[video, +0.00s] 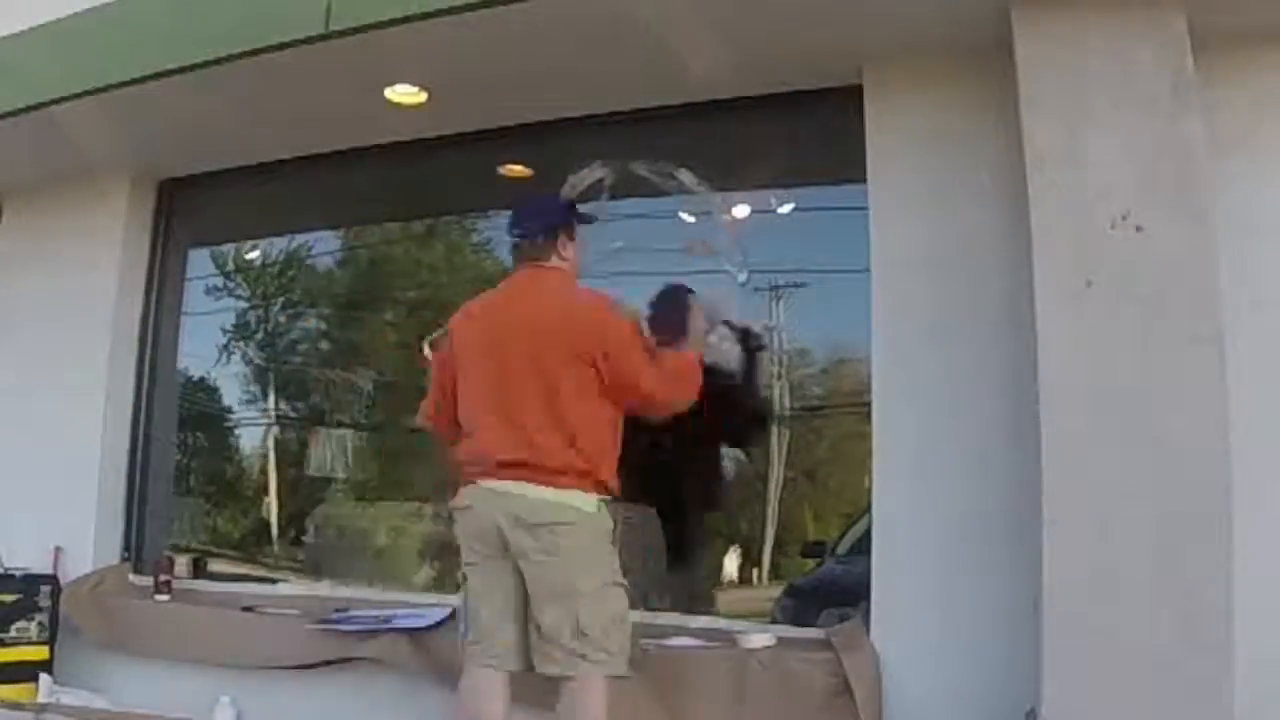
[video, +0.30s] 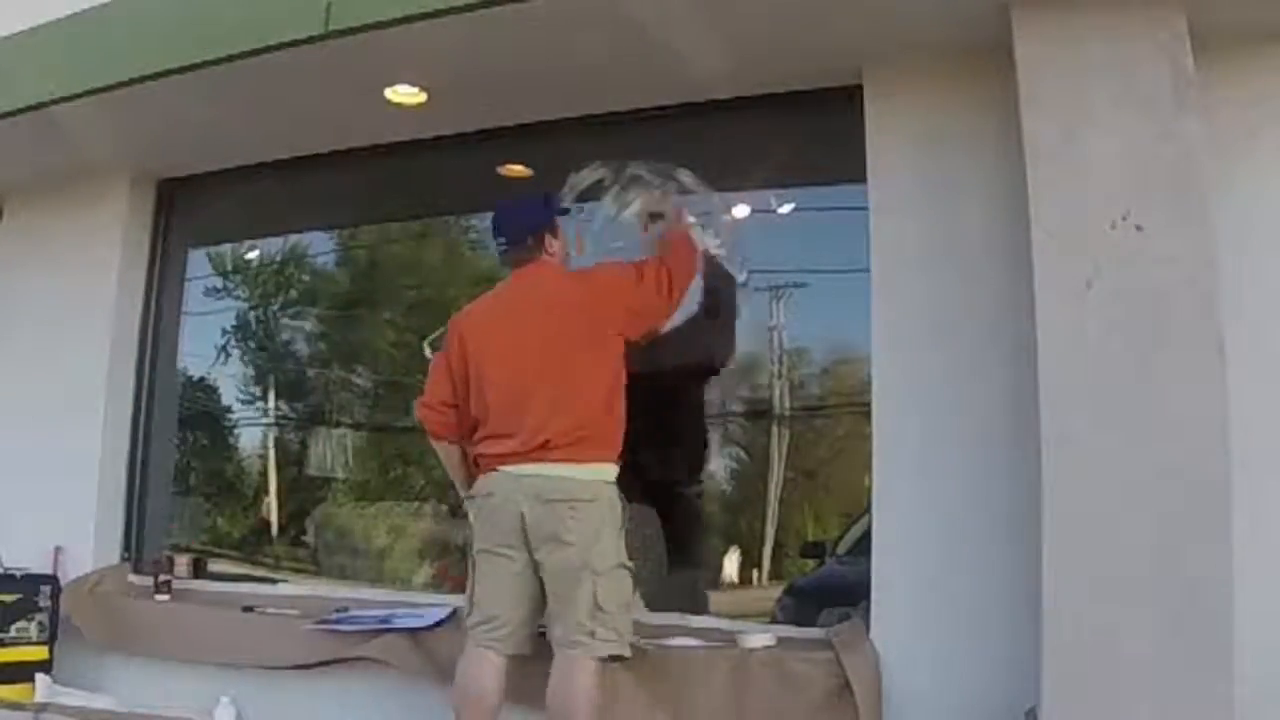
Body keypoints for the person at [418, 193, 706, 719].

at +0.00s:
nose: (579, 250)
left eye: (575, 240)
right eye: (576, 241)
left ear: (516, 247)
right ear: (565, 245)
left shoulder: (468, 318)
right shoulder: (594, 315)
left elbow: (440, 418)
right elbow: (660, 394)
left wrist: (482, 451)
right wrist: (692, 346)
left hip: (482, 505)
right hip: (567, 512)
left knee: (486, 659)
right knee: (586, 668)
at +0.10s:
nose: (579, 246)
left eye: (576, 237)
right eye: (574, 238)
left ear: (515, 250)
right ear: (555, 246)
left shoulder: (469, 320)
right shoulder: (599, 310)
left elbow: (438, 418)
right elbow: (669, 355)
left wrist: (464, 491)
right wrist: (702, 290)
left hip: (490, 497)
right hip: (573, 498)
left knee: (484, 645)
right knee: (585, 649)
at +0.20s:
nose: (566, 242)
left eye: (561, 233)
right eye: (561, 234)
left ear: (502, 249)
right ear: (550, 241)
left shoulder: (469, 319)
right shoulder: (597, 293)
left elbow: (437, 415)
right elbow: (669, 280)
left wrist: (466, 492)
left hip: (494, 496)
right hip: (577, 498)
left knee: (485, 643)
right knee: (590, 644)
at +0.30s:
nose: (567, 240)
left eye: (560, 231)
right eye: (561, 232)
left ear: (503, 250)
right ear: (549, 242)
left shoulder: (470, 320)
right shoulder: (597, 291)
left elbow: (439, 418)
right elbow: (676, 274)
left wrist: (471, 489)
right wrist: (677, 220)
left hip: (496, 496)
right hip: (579, 497)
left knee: (487, 641)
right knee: (577, 646)